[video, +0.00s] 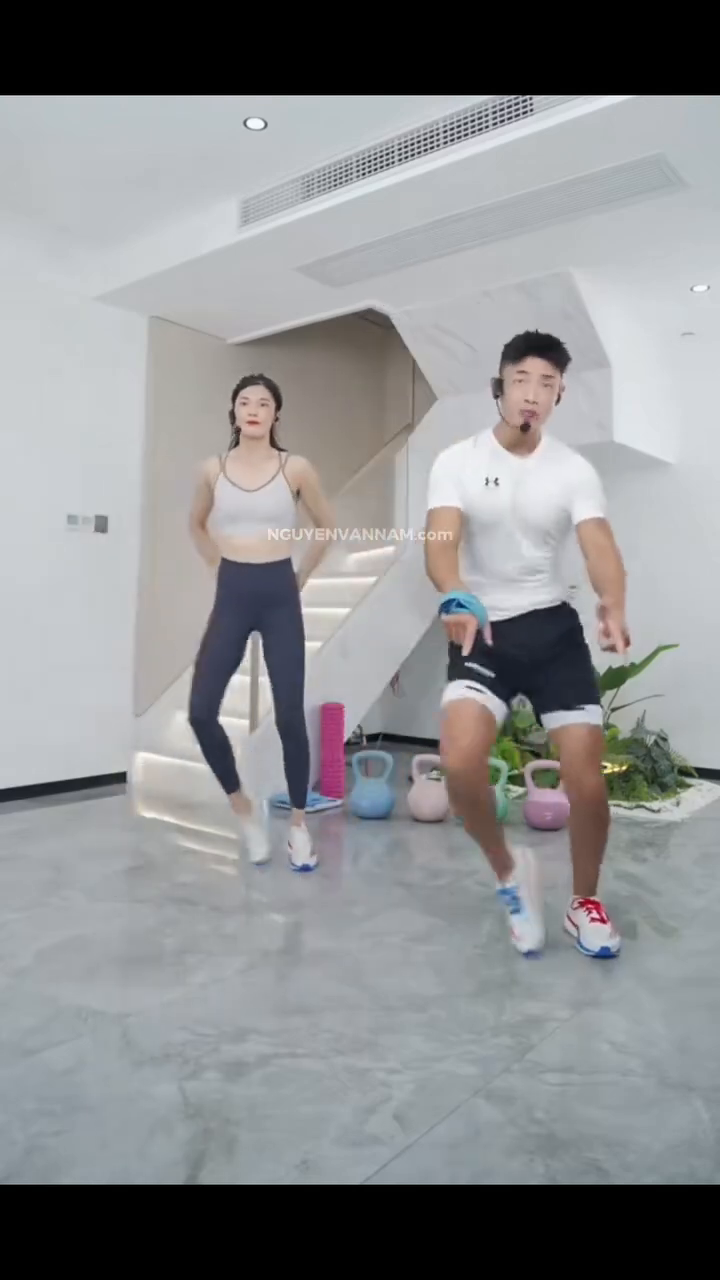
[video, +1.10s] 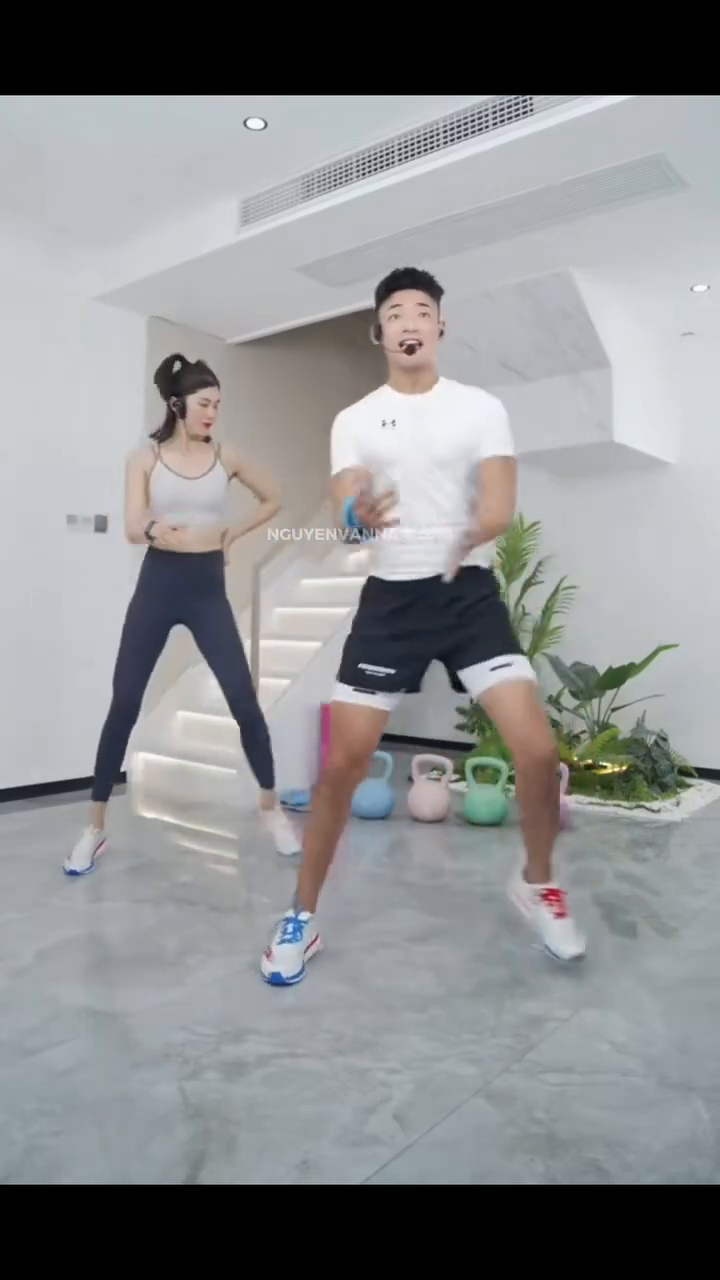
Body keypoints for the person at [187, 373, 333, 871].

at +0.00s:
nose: (253, 410)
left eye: (262, 403)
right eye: (245, 403)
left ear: (276, 414)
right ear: (233, 413)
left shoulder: (295, 469)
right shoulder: (215, 470)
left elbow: (328, 528)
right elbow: (196, 524)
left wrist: (299, 577)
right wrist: (221, 566)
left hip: (280, 593)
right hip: (232, 594)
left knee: (290, 716)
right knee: (201, 713)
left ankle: (298, 823)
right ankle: (243, 811)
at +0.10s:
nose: (249, 412)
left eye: (258, 405)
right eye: (241, 404)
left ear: (271, 416)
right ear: (228, 414)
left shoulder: (290, 470)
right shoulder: (209, 470)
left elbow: (327, 528)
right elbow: (195, 526)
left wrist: (293, 578)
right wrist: (221, 567)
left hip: (274, 599)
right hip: (224, 598)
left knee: (287, 715)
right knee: (164, 701)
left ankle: (297, 824)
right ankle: (190, 804)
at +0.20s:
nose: (236, 402)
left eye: (245, 395)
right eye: (228, 395)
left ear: (259, 406)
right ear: (216, 404)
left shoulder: (277, 460)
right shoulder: (197, 460)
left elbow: (314, 514)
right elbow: (173, 511)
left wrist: (279, 560)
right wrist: (199, 553)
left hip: (259, 588)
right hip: (208, 586)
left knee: (276, 708)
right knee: (153, 700)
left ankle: (296, 822)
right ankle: (133, 810)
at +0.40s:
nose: (201, 416)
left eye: (210, 410)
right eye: (194, 408)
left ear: (223, 420)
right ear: (180, 416)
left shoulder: (237, 477)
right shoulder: (156, 469)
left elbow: (277, 529)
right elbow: (108, 508)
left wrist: (238, 559)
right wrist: (141, 544)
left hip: (212, 604)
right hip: (159, 602)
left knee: (245, 715)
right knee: (127, 717)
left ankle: (292, 812)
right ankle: (95, 828)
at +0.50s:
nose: (185, 412)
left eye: (194, 406)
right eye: (178, 404)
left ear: (207, 415)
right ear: (164, 411)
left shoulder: (222, 472)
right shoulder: (137, 462)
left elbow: (258, 525)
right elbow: (80, 495)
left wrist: (215, 550)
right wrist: (119, 536)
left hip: (191, 601)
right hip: (140, 598)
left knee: (229, 712)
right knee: (113, 711)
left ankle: (253, 814)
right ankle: (92, 827)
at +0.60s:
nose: (176, 402)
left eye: (185, 395)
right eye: (168, 394)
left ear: (197, 404)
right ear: (153, 402)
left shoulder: (212, 459)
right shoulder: (129, 450)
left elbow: (252, 503)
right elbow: (67, 481)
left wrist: (210, 536)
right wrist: (110, 523)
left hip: (186, 586)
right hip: (134, 583)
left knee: (190, 705)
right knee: (112, 706)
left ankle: (190, 800)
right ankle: (92, 823)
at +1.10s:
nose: (212, 411)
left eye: (216, 403)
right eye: (203, 402)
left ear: (217, 407)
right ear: (177, 405)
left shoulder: (225, 456)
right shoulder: (145, 456)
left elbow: (274, 500)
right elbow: (133, 529)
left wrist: (233, 533)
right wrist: (157, 532)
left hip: (208, 591)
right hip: (158, 589)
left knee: (245, 704)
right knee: (124, 706)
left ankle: (272, 809)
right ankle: (95, 825)